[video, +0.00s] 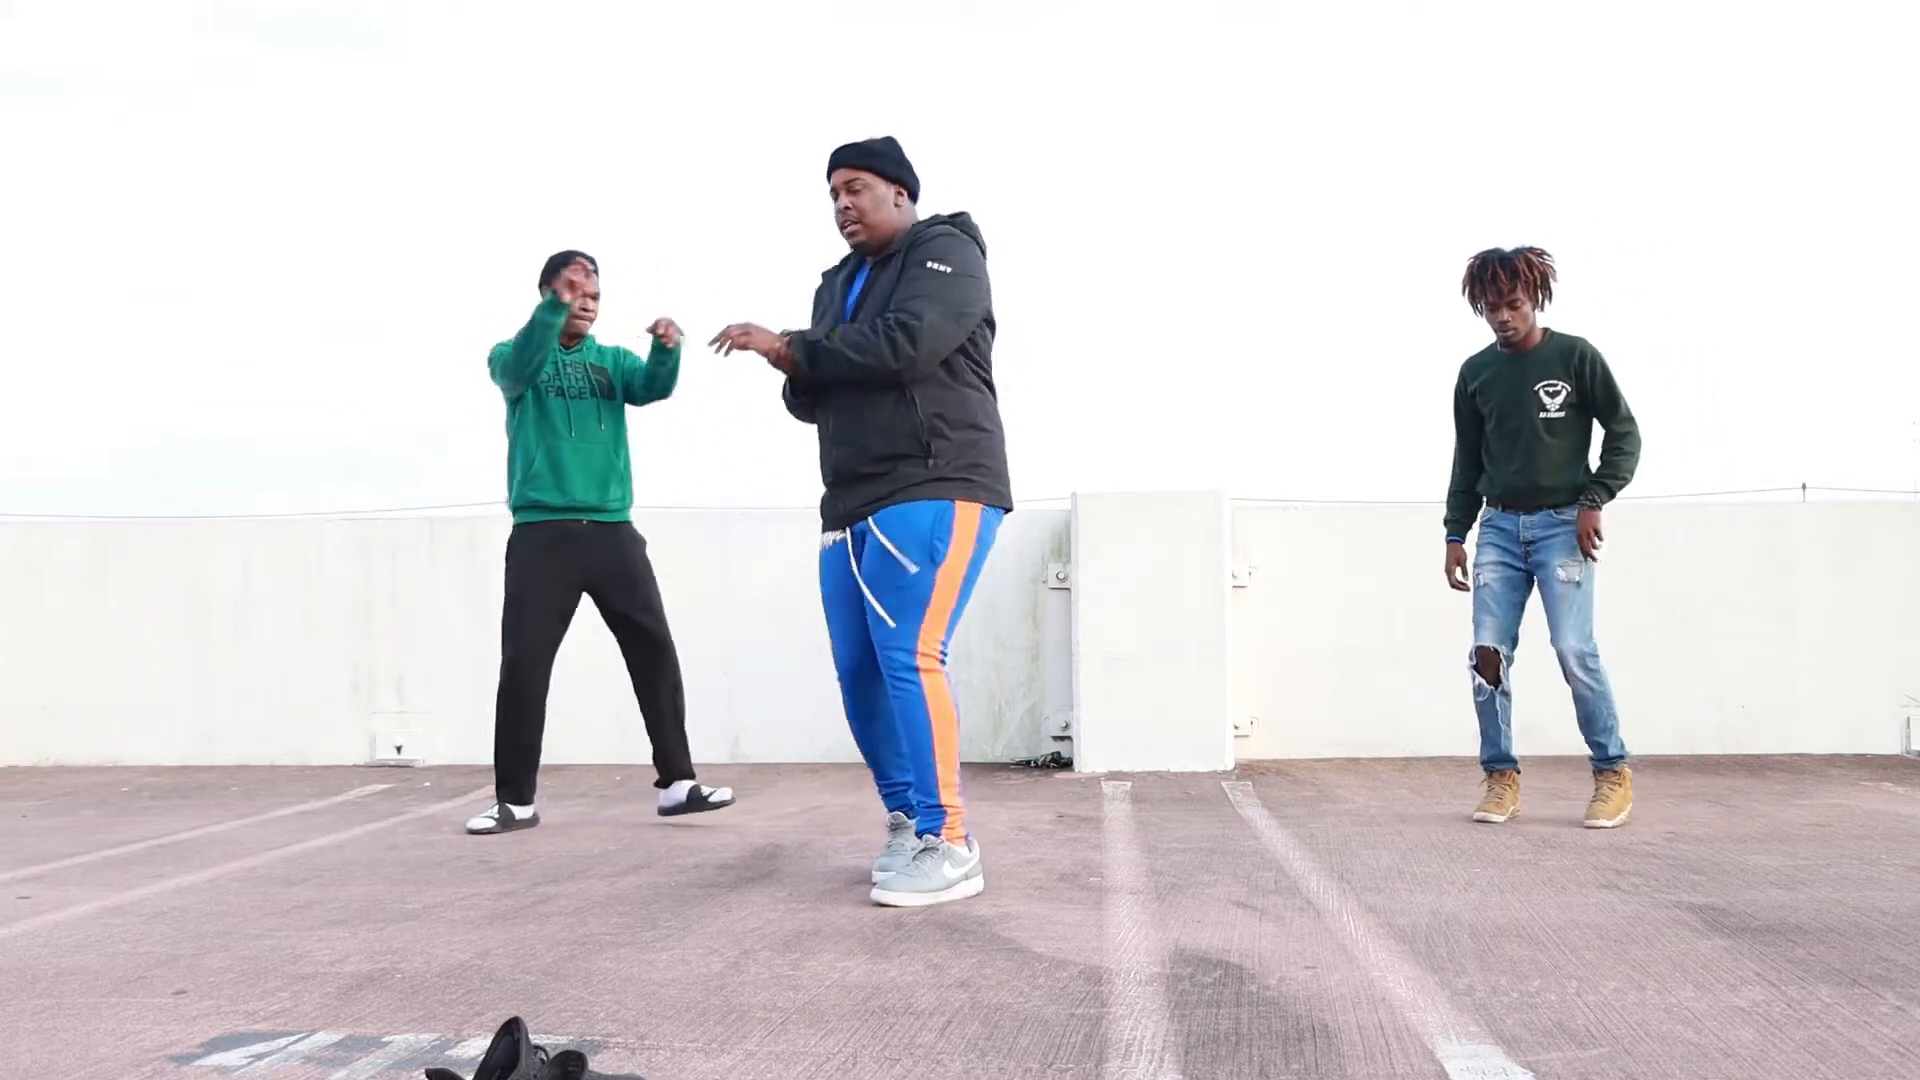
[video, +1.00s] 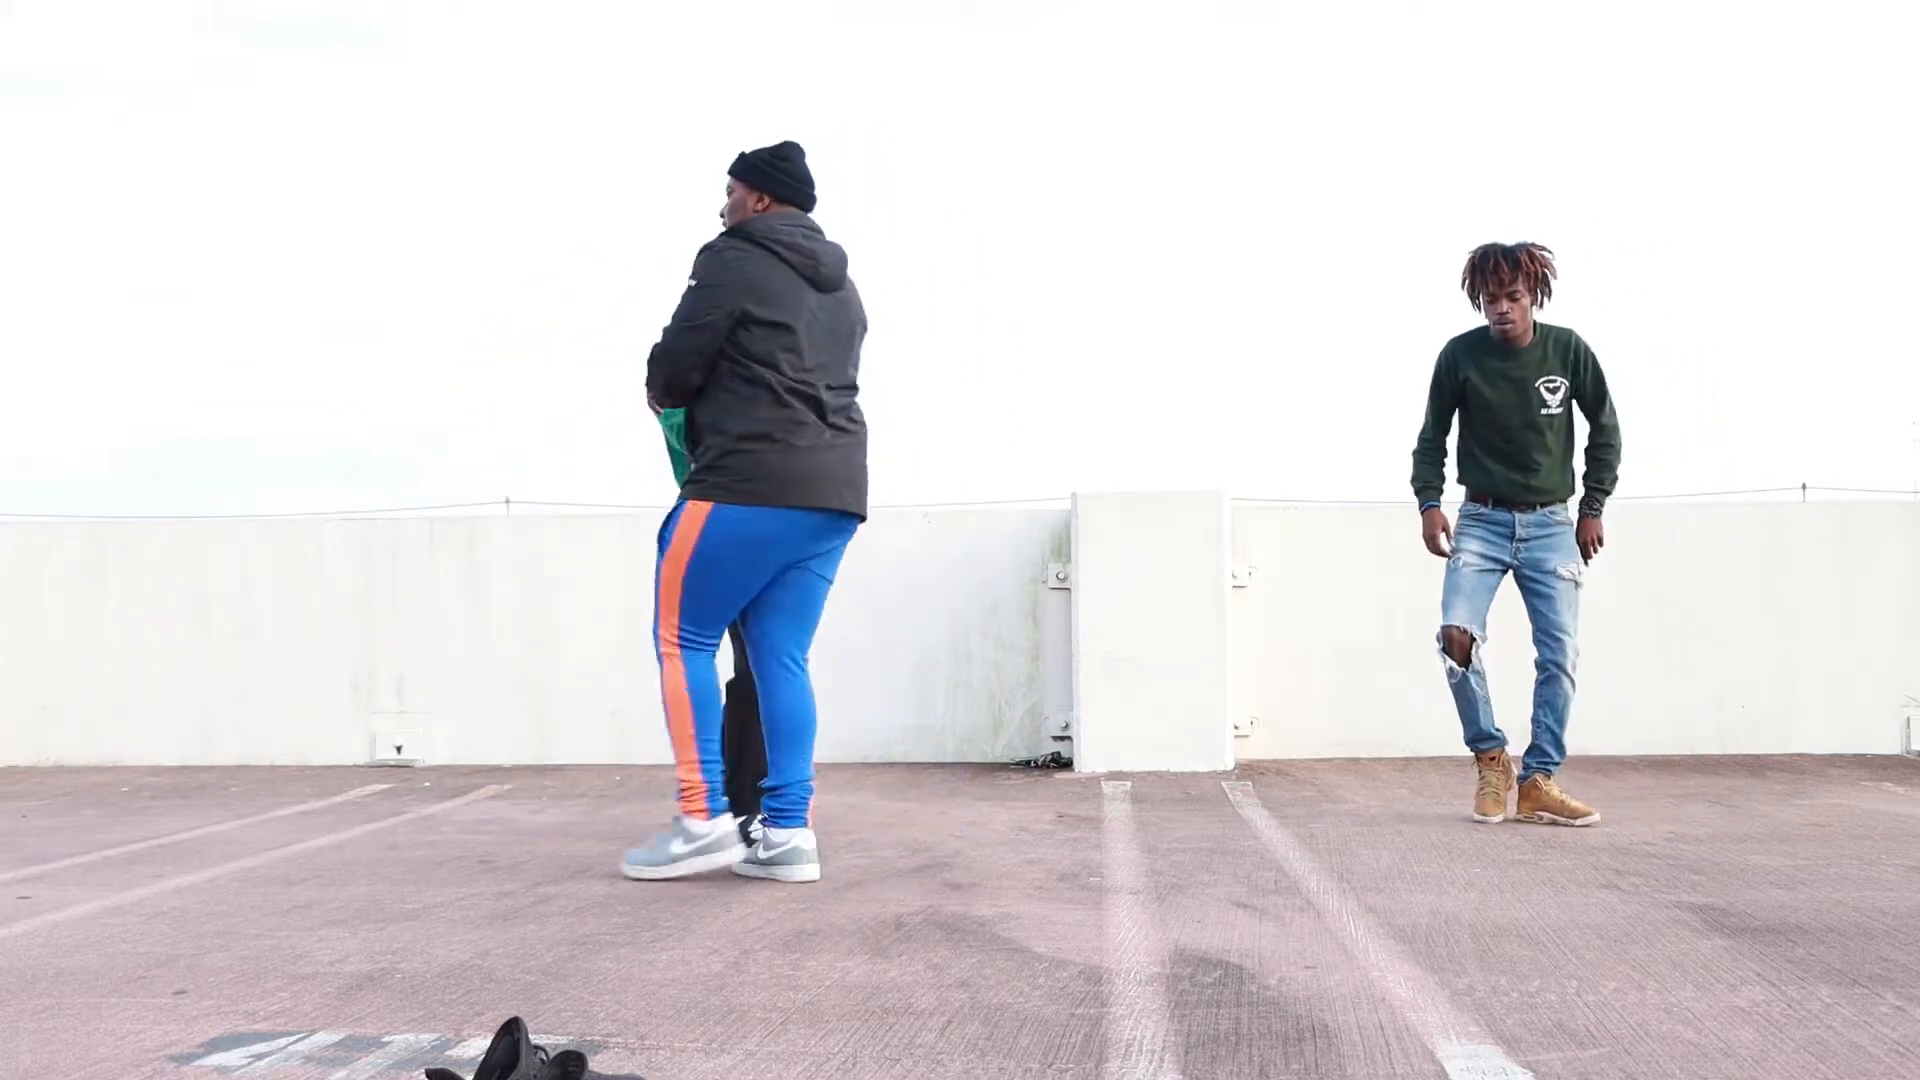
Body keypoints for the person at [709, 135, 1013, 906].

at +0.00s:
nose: (842, 204)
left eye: (854, 189)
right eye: (835, 194)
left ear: (899, 190)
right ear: (836, 206)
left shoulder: (945, 247)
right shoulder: (836, 286)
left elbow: (907, 344)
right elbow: (812, 402)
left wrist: (796, 348)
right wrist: (792, 363)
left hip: (938, 487)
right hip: (854, 500)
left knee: (911, 654)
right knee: (861, 671)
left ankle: (949, 843)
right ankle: (910, 829)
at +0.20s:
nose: (827, 196)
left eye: (838, 182)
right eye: (826, 184)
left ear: (885, 180)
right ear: (872, 185)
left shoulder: (913, 234)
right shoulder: (867, 255)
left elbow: (861, 338)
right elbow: (852, 379)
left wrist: (759, 355)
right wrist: (775, 364)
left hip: (925, 479)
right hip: (862, 486)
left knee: (908, 657)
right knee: (801, 632)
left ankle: (949, 842)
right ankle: (879, 796)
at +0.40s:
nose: (817, 195)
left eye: (827, 181)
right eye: (819, 182)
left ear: (864, 182)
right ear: (876, 185)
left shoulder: (864, 237)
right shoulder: (902, 246)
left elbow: (808, 342)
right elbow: (881, 370)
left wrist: (740, 364)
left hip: (895, 481)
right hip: (870, 484)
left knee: (880, 659)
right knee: (816, 651)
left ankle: (946, 845)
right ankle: (794, 827)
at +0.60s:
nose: (793, 205)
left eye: (802, 193)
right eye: (797, 192)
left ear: (834, 197)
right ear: (860, 201)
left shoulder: (821, 257)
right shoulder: (898, 273)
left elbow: (764, 361)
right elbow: (863, 379)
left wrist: (721, 391)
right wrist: (767, 391)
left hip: (844, 489)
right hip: (894, 489)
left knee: (854, 668)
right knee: (777, 651)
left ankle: (942, 843)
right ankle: (786, 831)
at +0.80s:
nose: (759, 208)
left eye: (767, 197)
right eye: (763, 196)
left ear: (799, 203)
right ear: (823, 207)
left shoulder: (782, 261)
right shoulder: (864, 281)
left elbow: (716, 364)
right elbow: (825, 369)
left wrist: (681, 384)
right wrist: (732, 354)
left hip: (796, 483)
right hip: (862, 493)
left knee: (742, 651)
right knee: (773, 657)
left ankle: (871, 794)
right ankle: (783, 831)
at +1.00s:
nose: (724, 205)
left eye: (730, 194)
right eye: (726, 193)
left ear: (758, 198)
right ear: (793, 203)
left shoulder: (733, 257)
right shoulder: (839, 281)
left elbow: (678, 363)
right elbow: (819, 373)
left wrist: (662, 392)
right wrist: (718, 389)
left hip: (748, 481)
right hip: (835, 488)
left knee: (682, 640)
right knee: (781, 652)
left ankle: (703, 819)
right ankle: (787, 831)